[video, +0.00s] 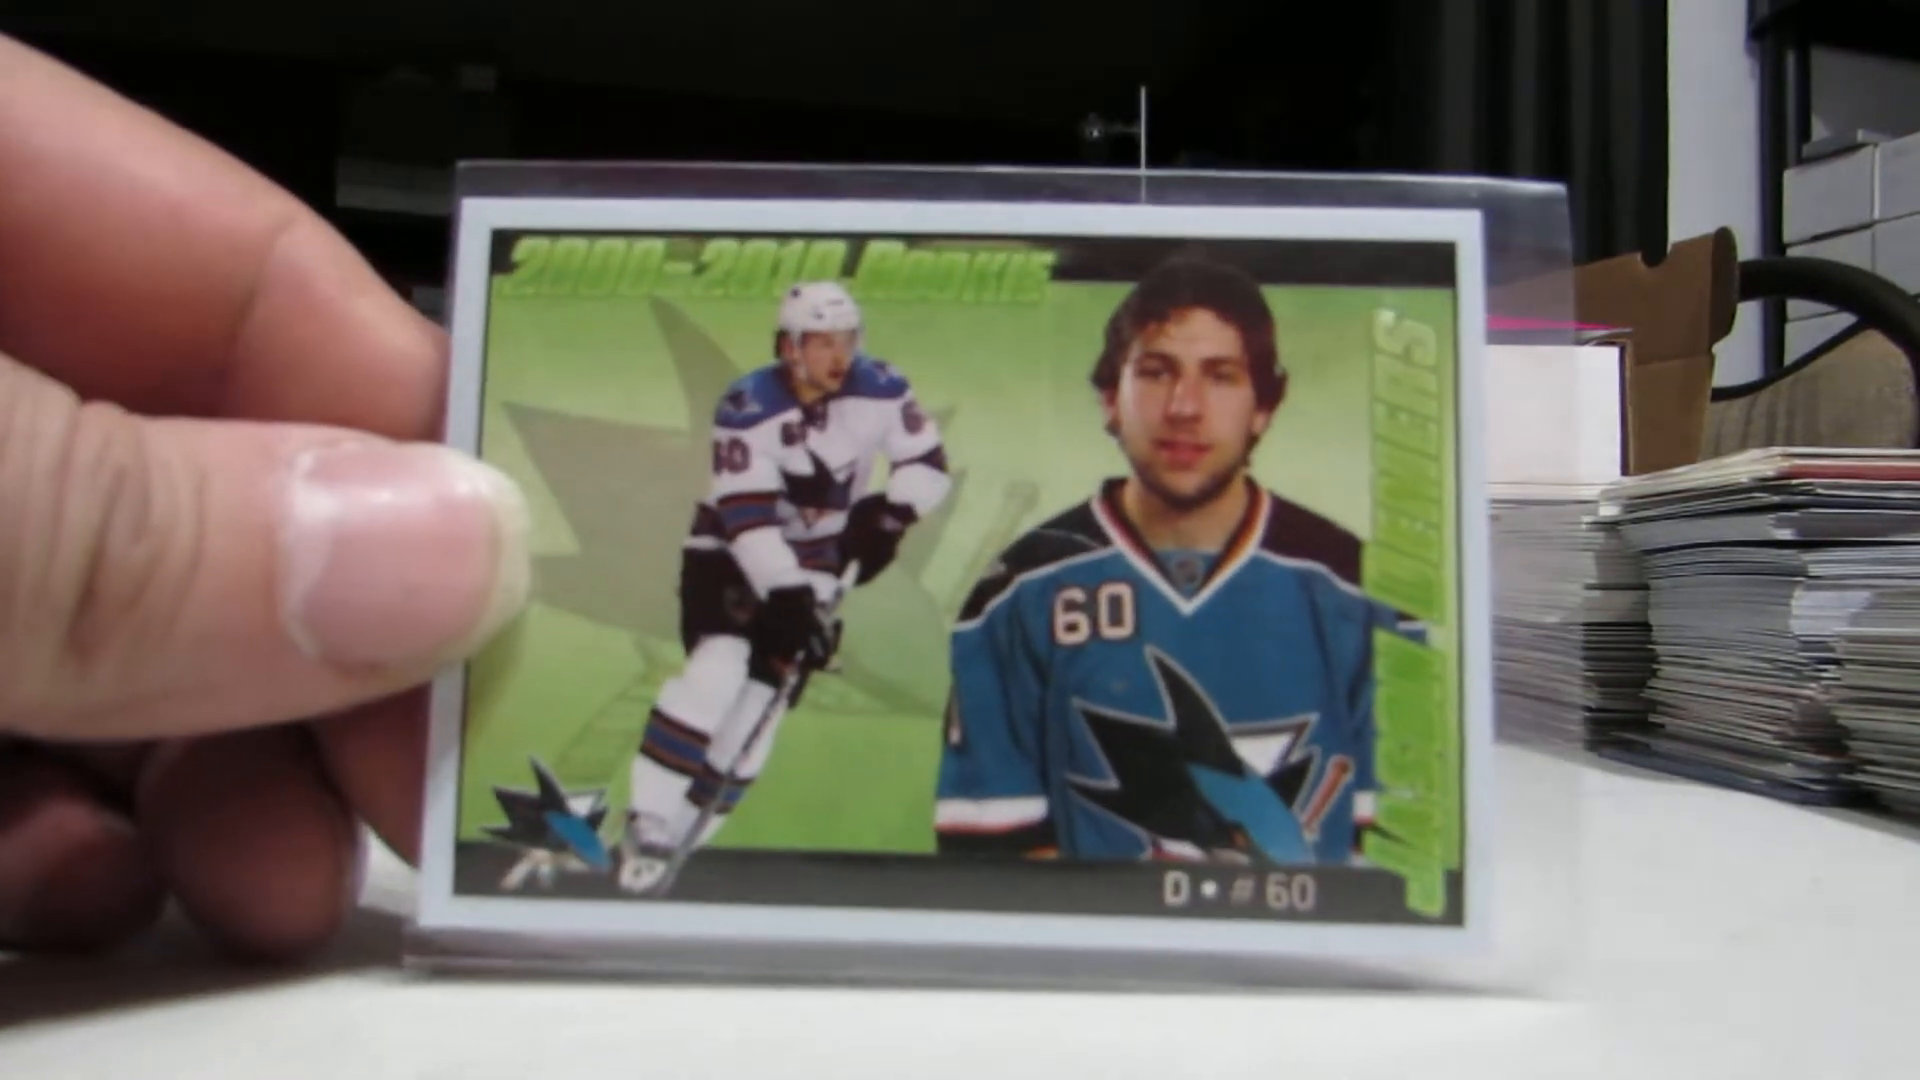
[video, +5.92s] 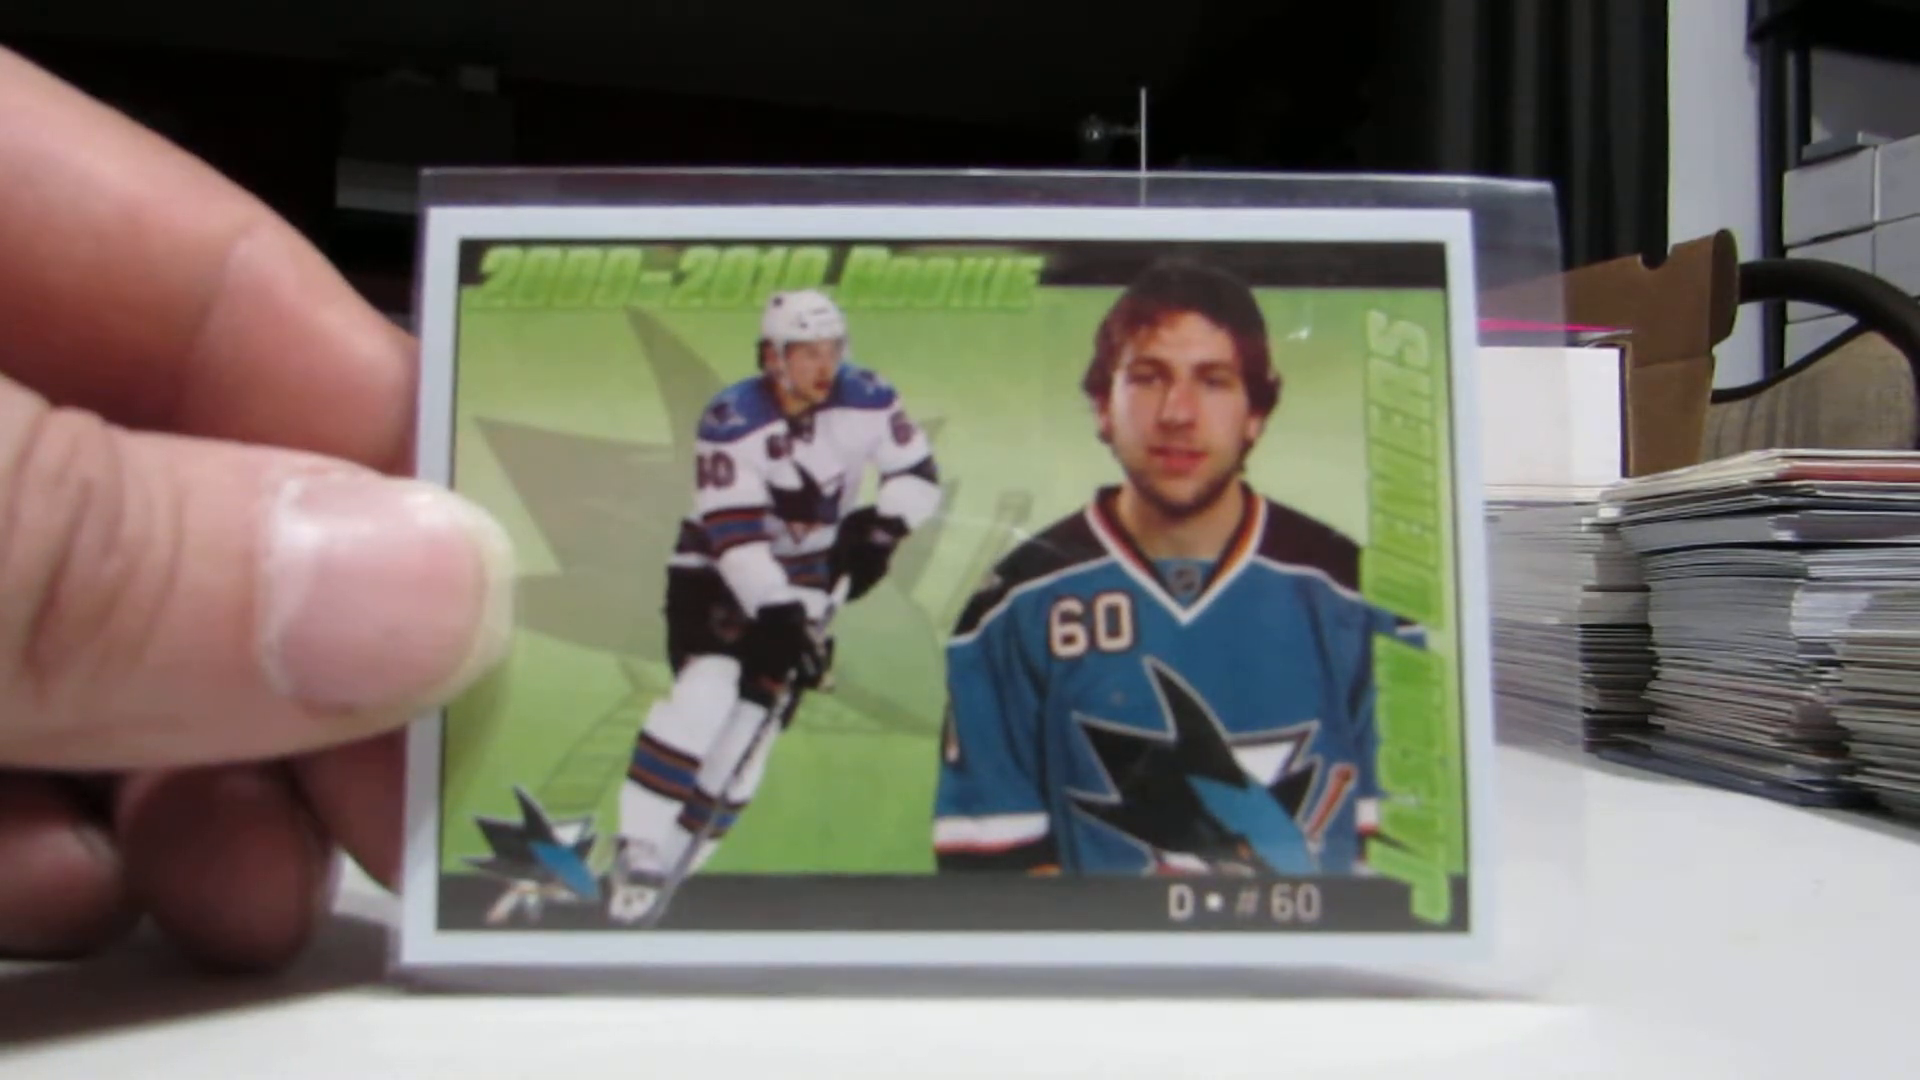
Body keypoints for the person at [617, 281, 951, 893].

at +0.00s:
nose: (841, 357)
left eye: (848, 344)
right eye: (826, 344)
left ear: (858, 343)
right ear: (791, 348)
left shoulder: (881, 392)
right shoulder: (749, 407)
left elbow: (927, 465)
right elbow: (746, 512)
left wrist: (888, 519)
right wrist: (786, 594)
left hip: (817, 563)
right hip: (734, 550)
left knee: (763, 700)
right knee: (720, 665)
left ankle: (686, 836)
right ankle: (651, 826)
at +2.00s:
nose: (823, 363)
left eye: (831, 349)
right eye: (807, 350)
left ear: (842, 350)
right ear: (772, 356)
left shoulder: (868, 399)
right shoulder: (732, 416)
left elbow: (916, 474)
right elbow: (731, 523)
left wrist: (876, 527)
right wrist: (774, 604)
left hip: (806, 574)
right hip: (721, 564)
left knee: (753, 718)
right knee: (707, 682)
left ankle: (679, 854)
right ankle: (640, 844)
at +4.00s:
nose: (825, 367)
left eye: (833, 353)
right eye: (809, 354)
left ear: (843, 352)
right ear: (774, 358)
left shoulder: (867, 401)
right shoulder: (733, 418)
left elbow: (917, 474)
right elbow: (733, 527)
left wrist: (880, 530)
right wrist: (775, 609)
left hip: (807, 578)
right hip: (721, 567)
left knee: (754, 722)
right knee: (708, 687)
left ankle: (678, 861)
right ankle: (642, 851)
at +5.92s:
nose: (825, 366)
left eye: (833, 352)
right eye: (810, 353)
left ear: (843, 352)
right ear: (774, 359)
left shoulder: (868, 402)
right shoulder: (732, 420)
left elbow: (917, 475)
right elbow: (733, 528)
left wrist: (880, 531)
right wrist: (776, 610)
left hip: (807, 578)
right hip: (721, 568)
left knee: (754, 724)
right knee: (709, 685)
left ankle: (677, 863)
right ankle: (641, 850)